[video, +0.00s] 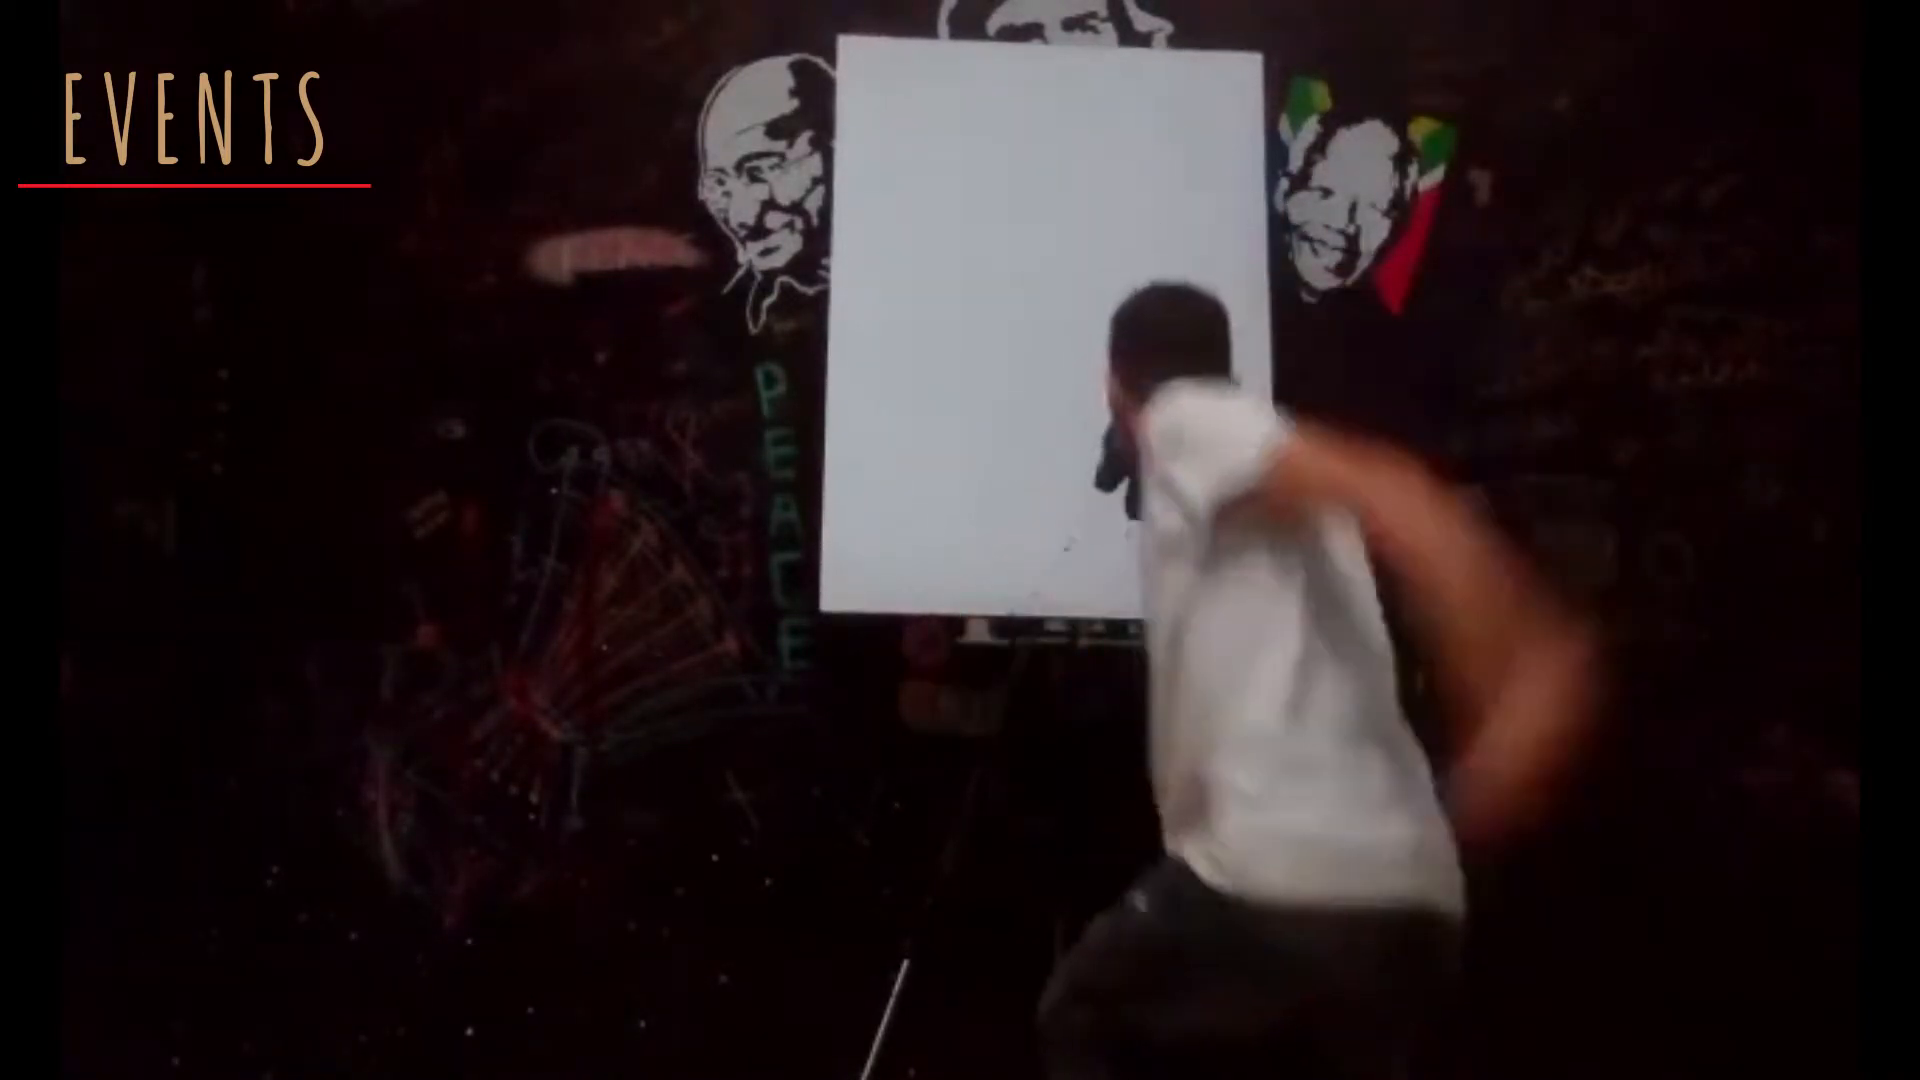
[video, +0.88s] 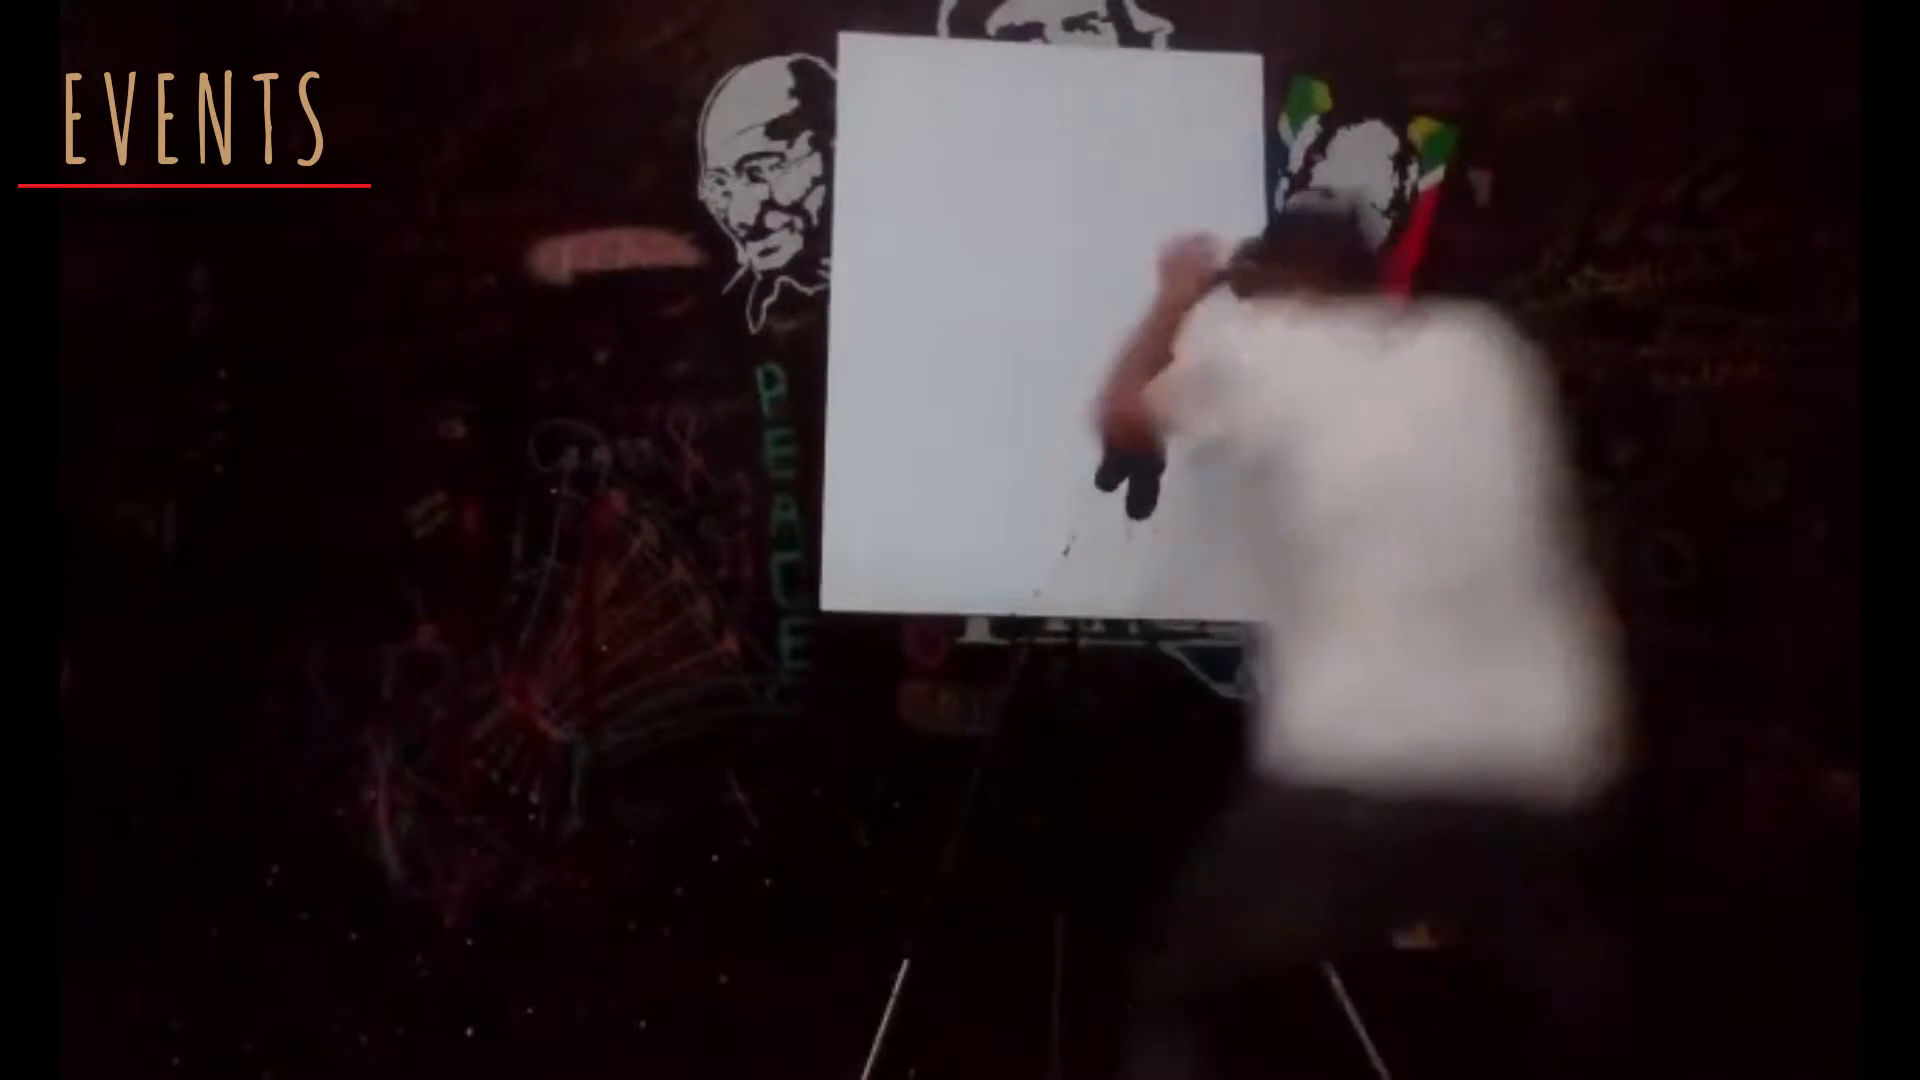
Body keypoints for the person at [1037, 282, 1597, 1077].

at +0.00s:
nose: (1107, 403)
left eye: (1107, 383)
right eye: (1112, 385)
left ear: (1119, 381)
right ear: (1222, 365)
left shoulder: (1183, 417)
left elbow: (1390, 488)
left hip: (1273, 876)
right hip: (1405, 883)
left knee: (1082, 1024)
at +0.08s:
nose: (1125, 427)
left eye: (1133, 405)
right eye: (1133, 403)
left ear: (1149, 416)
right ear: (1242, 408)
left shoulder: (1209, 476)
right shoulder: (1304, 492)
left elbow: (1361, 637)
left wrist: (1256, 865)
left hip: (1338, 937)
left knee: (1085, 1008)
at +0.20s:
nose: (1150, 485)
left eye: (1144, 462)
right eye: (1139, 471)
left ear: (1161, 428)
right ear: (1258, 423)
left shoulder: (1209, 498)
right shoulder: (1353, 523)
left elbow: (1245, 727)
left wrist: (1117, 826)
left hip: (1321, 938)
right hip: (1453, 945)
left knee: (1092, 1007)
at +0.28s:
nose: (1172, 435)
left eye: (1171, 421)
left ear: (1179, 426)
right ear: (1294, 421)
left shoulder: (1172, 524)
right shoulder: (1369, 522)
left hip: (1284, 946)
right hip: (1452, 958)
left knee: (1095, 1013)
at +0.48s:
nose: (1170, 425)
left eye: (1174, 412)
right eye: (1175, 412)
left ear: (1187, 426)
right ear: (1298, 428)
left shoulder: (1135, 521)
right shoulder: (1373, 523)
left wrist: (1133, 472)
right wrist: (1208, 472)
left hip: (1196, 928)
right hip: (1386, 938)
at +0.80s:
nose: (1208, 365)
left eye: (1214, 352)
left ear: (1222, 356)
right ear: (1334, 352)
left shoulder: (1191, 433)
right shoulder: (1414, 436)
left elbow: (1087, 462)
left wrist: (1147, 378)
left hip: (1243, 845)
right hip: (1433, 854)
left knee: (1110, 1018)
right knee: (1444, 1041)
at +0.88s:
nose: (1264, 313)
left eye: (1259, 297)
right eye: (1264, 300)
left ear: (1273, 286)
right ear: (1376, 277)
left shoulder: (1260, 344)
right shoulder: (1489, 347)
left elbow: (1122, 417)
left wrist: (1174, 301)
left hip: (1354, 770)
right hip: (1551, 773)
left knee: (1189, 988)